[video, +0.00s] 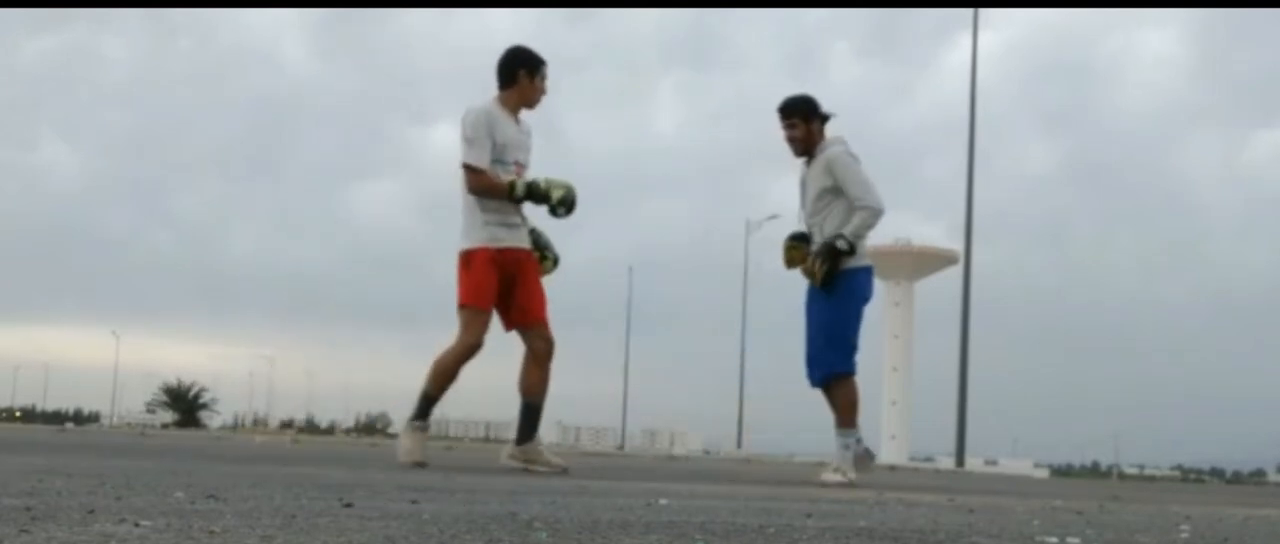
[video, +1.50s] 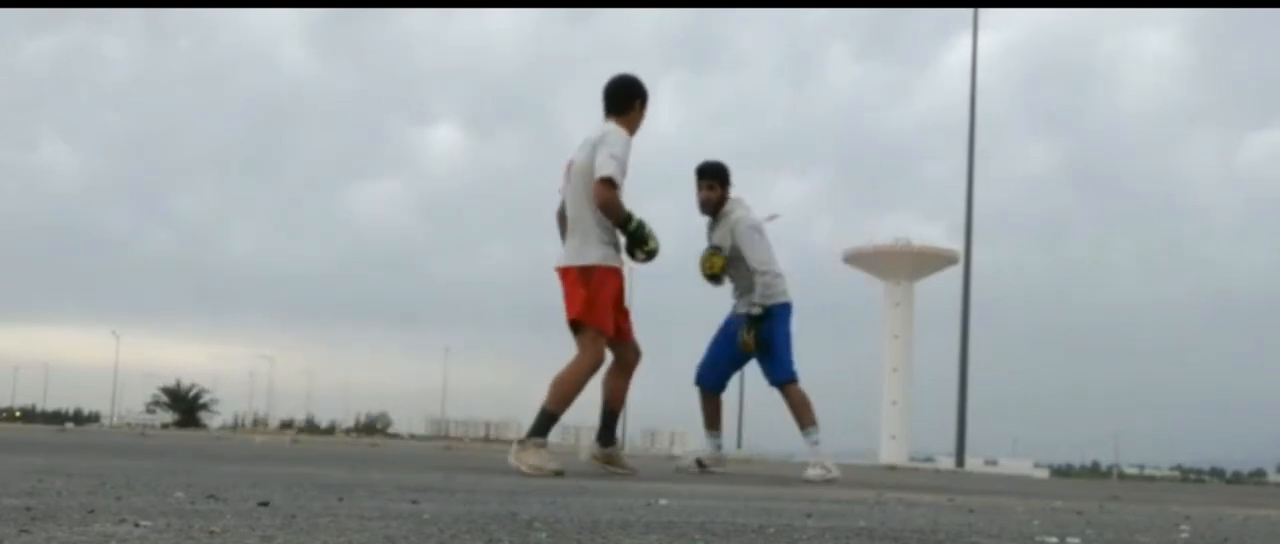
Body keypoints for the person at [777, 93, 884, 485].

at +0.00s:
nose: (789, 135)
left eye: (795, 127)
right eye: (785, 128)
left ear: (816, 125)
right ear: (788, 130)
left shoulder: (836, 156)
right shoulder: (810, 168)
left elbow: (871, 206)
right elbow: (818, 218)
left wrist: (840, 245)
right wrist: (803, 239)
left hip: (846, 273)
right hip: (825, 273)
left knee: (837, 364)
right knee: (822, 366)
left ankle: (846, 457)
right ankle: (854, 448)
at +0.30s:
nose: (790, 142)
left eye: (796, 133)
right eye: (787, 135)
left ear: (817, 132)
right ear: (788, 138)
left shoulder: (838, 166)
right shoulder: (810, 177)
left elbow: (868, 218)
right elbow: (824, 226)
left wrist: (837, 257)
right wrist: (807, 248)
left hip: (852, 277)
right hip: (834, 278)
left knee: (841, 365)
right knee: (849, 365)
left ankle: (848, 459)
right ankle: (881, 449)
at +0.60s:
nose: (774, 165)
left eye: (780, 157)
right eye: (770, 158)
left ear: (799, 156)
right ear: (770, 160)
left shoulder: (814, 186)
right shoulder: (801, 191)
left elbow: (835, 245)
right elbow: (827, 247)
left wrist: (809, 285)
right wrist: (805, 274)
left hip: (853, 280)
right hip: (840, 283)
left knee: (834, 369)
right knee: (824, 373)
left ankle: (843, 462)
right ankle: (838, 458)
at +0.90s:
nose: (765, 175)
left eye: (771, 168)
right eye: (761, 169)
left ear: (788, 167)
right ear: (758, 171)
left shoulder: (806, 196)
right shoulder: (785, 203)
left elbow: (840, 243)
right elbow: (810, 253)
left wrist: (816, 282)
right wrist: (789, 273)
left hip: (835, 291)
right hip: (813, 294)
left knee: (819, 368)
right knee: (799, 375)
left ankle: (835, 457)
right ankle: (817, 457)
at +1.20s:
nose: (755, 180)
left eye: (761, 172)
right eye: (752, 173)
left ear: (779, 172)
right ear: (750, 175)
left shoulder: (806, 206)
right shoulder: (757, 219)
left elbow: (812, 260)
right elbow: (770, 266)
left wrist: (774, 289)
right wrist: (760, 294)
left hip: (814, 298)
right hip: (784, 302)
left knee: (804, 373)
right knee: (748, 368)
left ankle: (830, 458)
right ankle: (782, 440)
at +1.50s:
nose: (701, 197)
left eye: (707, 190)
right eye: (699, 190)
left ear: (722, 190)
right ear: (700, 191)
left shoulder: (742, 221)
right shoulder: (717, 223)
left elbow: (767, 272)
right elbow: (718, 266)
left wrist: (754, 315)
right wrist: (713, 267)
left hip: (770, 307)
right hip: (743, 307)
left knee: (784, 379)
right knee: (708, 378)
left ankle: (819, 457)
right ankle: (713, 452)